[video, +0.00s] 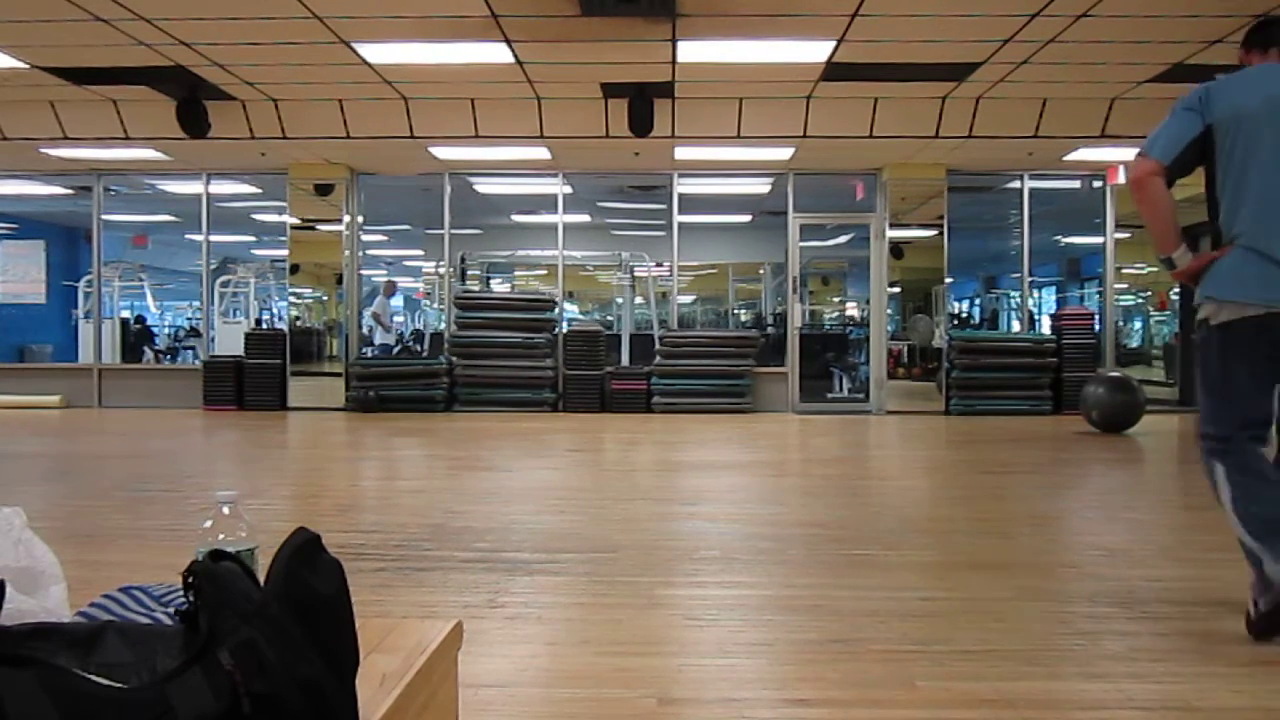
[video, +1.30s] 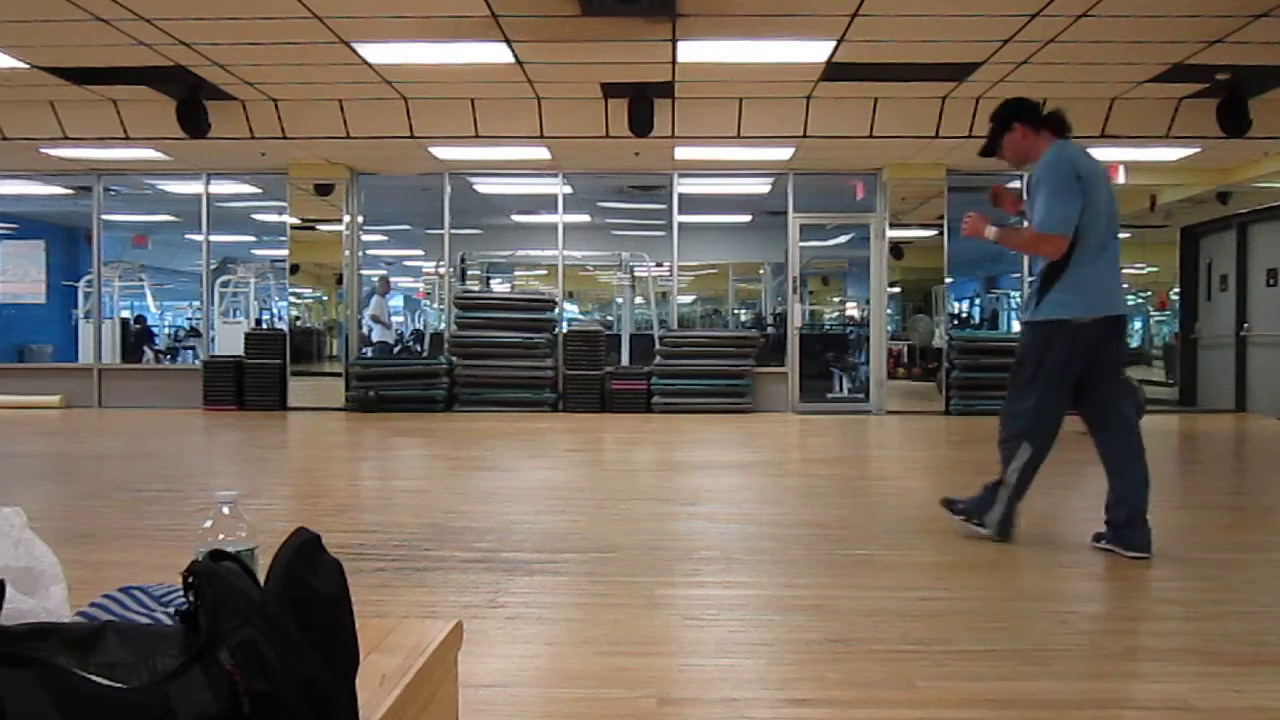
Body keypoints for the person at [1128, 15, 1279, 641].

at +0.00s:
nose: (1239, 69)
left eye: (1241, 58)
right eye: (1248, 58)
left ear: (1250, 52)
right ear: (1278, 51)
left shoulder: (1224, 92)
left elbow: (1146, 172)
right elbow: (1148, 171)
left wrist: (1178, 257)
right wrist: (1181, 255)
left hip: (1248, 292)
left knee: (1232, 441)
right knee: (1249, 442)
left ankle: (1274, 579)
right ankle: (1267, 592)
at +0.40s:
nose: (1153, 115)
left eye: (1152, 106)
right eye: (1150, 107)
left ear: (1168, 91)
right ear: (1210, 86)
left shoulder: (1173, 126)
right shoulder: (1270, 117)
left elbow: (1133, 209)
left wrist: (1159, 273)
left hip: (1209, 299)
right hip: (1275, 299)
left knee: (1201, 437)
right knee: (1268, 435)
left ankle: (1196, 558)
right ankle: (1278, 567)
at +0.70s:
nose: (1105, 127)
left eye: (1103, 121)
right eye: (1103, 121)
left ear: (1116, 107)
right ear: (1156, 104)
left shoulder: (1117, 129)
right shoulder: (1220, 136)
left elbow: (1081, 188)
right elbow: (1259, 207)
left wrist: (1097, 257)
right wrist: (1273, 282)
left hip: (1145, 292)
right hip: (1204, 295)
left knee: (1124, 402)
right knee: (1178, 408)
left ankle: (1174, 519)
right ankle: (1177, 532)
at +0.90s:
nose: (1082, 143)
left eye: (1080, 136)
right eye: (1080, 137)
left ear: (1094, 123)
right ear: (1131, 120)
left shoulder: (1093, 153)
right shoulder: (1186, 157)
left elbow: (1071, 218)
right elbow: (1213, 233)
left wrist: (1061, 275)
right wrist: (1217, 308)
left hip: (1114, 312)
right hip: (1173, 314)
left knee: (1078, 403)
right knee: (1144, 421)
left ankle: (1139, 508)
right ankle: (1127, 528)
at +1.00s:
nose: (1062, 136)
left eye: (1061, 128)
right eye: (1060, 129)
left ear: (1076, 115)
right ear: (1108, 112)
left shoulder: (1080, 146)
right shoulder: (1165, 146)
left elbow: (1064, 212)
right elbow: (1187, 229)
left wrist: (1043, 257)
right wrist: (1155, 267)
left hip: (1101, 299)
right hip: (1163, 299)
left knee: (1083, 403)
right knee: (1151, 411)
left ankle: (1136, 504)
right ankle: (1132, 528)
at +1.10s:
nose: (1047, 155)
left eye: (1045, 145)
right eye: (1043, 148)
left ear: (1057, 127)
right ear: (1085, 122)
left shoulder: (1070, 157)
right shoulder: (1146, 156)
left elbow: (1055, 222)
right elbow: (1167, 229)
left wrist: (1017, 242)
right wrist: (1114, 238)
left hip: (1091, 307)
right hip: (1149, 306)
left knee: (1056, 399)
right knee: (1146, 416)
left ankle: (1107, 499)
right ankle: (1135, 535)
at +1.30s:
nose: (1007, 161)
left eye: (1004, 150)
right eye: (1003, 154)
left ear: (1019, 131)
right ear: (1030, 131)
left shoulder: (1057, 163)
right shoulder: (1081, 160)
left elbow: (1052, 242)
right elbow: (1084, 229)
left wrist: (991, 232)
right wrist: (1025, 204)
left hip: (1064, 314)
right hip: (1103, 313)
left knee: (1028, 412)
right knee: (1114, 419)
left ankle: (997, 508)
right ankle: (1130, 531)